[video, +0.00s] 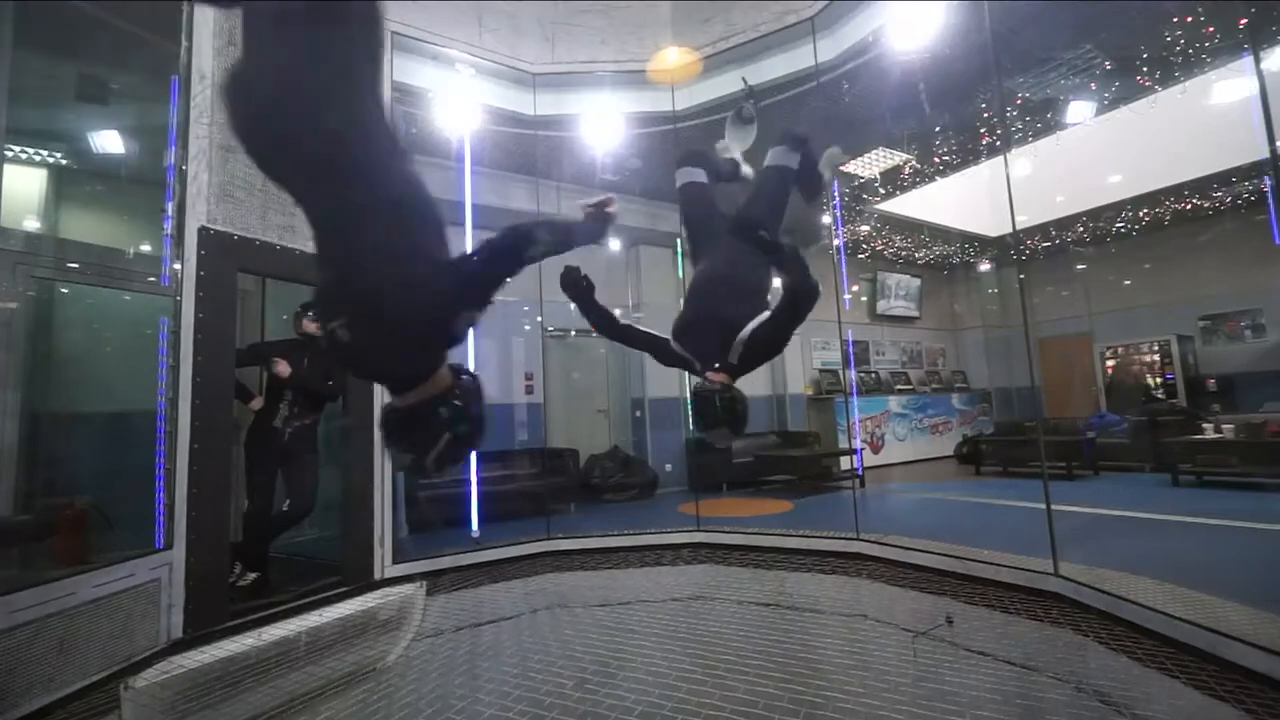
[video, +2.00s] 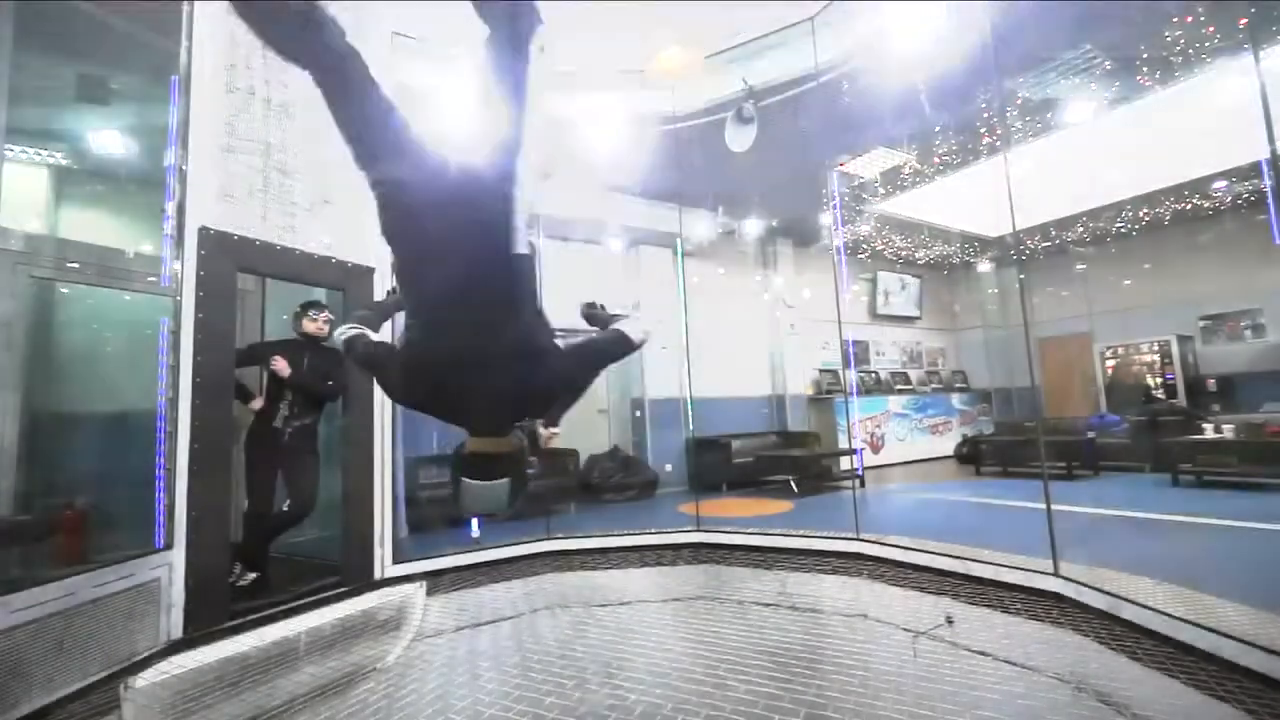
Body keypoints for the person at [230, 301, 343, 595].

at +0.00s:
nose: (311, 325)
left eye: (317, 320)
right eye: (307, 319)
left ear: (326, 325)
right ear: (298, 321)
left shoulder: (332, 356)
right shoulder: (280, 349)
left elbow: (333, 391)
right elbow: (224, 362)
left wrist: (292, 375)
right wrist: (249, 398)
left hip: (302, 440)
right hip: (264, 436)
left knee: (303, 505)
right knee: (260, 505)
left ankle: (242, 551)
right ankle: (255, 570)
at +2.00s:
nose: (323, 323)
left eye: (327, 319)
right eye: (315, 318)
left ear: (331, 325)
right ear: (300, 323)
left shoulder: (333, 357)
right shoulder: (279, 349)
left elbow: (332, 391)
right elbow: (223, 361)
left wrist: (291, 375)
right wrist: (248, 397)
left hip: (302, 440)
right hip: (264, 436)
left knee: (302, 505)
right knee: (259, 506)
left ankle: (242, 554)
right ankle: (255, 571)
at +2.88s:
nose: (319, 314)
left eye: (322, 309)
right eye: (314, 309)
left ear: (328, 313)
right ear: (302, 311)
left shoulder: (332, 346)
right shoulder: (274, 343)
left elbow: (341, 390)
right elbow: (256, 380)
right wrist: (297, 363)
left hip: (316, 439)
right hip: (281, 438)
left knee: (301, 506)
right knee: (272, 506)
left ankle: (286, 574)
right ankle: (258, 571)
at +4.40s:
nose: (315, 310)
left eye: (319, 306)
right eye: (307, 305)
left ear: (323, 313)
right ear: (290, 310)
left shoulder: (319, 351)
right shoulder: (266, 338)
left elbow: (352, 379)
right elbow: (235, 362)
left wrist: (354, 357)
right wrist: (279, 360)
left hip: (301, 437)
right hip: (265, 431)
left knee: (299, 506)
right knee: (229, 465)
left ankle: (283, 573)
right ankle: (236, 539)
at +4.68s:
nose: (310, 317)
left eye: (314, 313)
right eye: (301, 312)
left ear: (320, 322)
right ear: (284, 320)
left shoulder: (317, 355)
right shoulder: (262, 347)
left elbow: (335, 357)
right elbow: (209, 365)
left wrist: (352, 361)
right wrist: (252, 363)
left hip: (295, 446)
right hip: (256, 438)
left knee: (301, 517)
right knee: (216, 445)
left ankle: (281, 577)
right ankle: (191, 518)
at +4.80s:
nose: (305, 312)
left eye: (310, 309)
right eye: (297, 306)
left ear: (314, 321)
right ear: (280, 313)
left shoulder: (312, 352)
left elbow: (329, 356)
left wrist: (341, 356)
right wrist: (218, 349)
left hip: (282, 440)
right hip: (243, 431)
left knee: (288, 516)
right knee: (204, 426)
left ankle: (279, 575)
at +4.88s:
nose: (299, 306)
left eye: (305, 304)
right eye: (291, 301)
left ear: (309, 318)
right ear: (275, 308)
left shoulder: (309, 349)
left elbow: (364, 356)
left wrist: (338, 350)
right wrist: (182, 349)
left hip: (265, 434)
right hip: (222, 419)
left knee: (270, 518)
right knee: (194, 418)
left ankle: (265, 553)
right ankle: (124, 466)